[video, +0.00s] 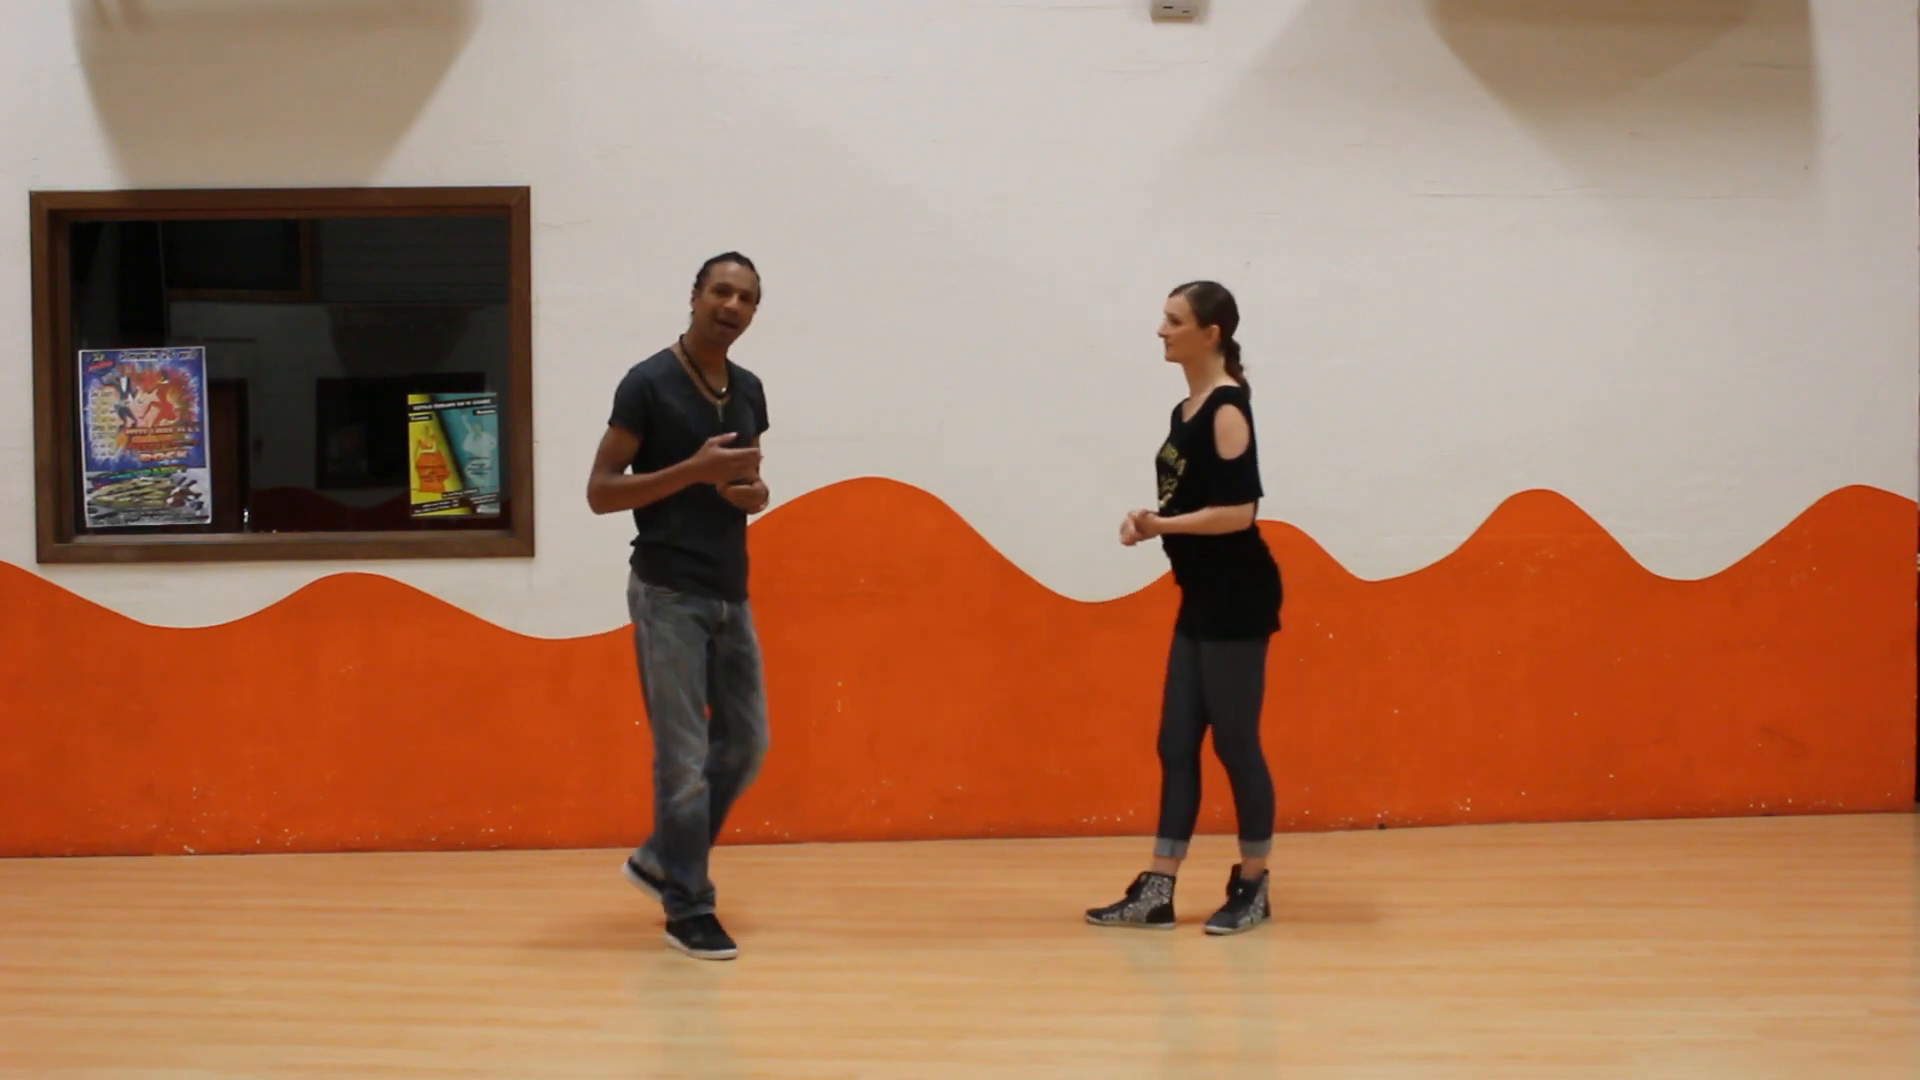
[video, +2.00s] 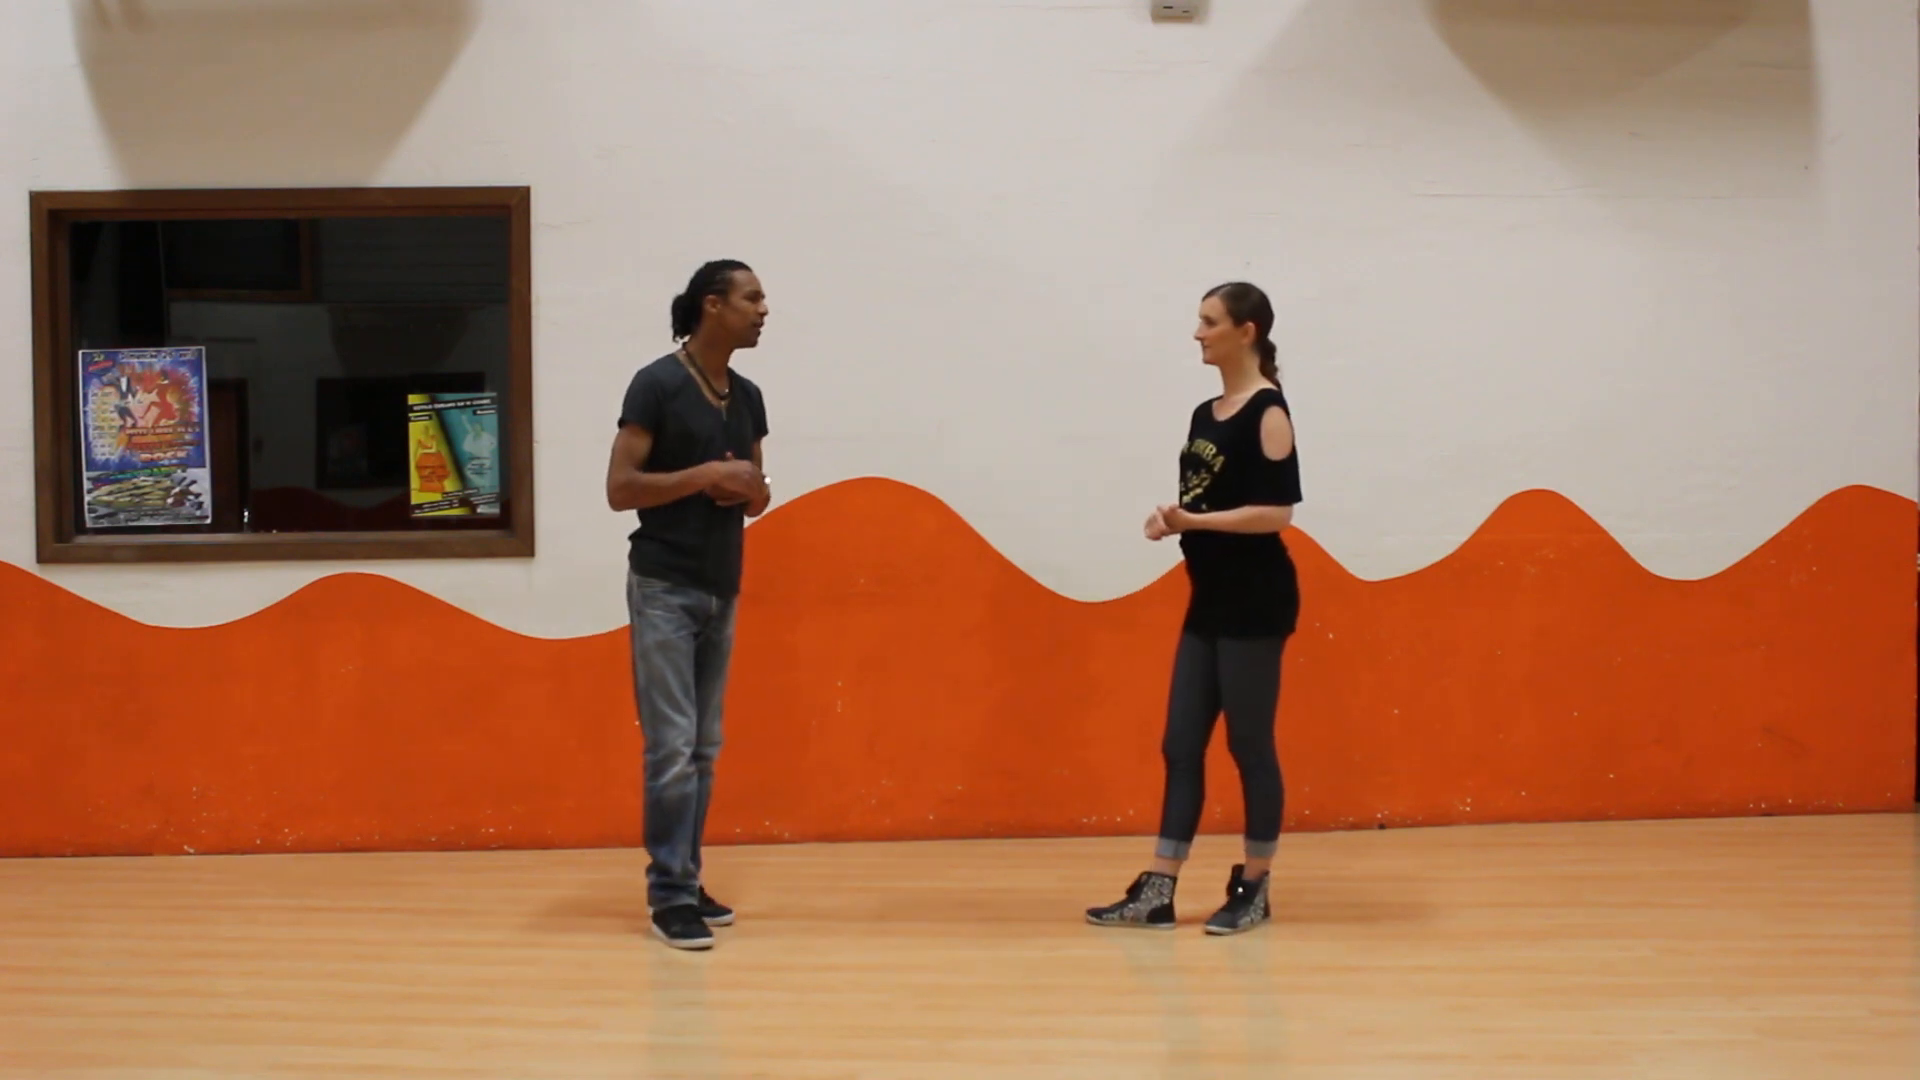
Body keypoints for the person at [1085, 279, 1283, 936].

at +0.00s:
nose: (1161, 331)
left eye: (1173, 323)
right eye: (1163, 321)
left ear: (1212, 332)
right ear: (1198, 332)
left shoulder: (1227, 408)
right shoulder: (1187, 408)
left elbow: (1241, 512)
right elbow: (1197, 502)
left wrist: (1159, 524)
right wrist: (1155, 521)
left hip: (1238, 602)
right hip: (1199, 599)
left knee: (1238, 745)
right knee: (1177, 745)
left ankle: (1252, 888)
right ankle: (1158, 888)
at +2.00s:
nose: (1197, 333)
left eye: (1210, 323)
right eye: (1200, 322)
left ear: (1249, 331)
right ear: (1234, 332)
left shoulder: (1270, 413)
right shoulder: (1206, 412)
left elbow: (1277, 513)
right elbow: (1210, 502)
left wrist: (1195, 520)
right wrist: (1174, 516)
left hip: (1256, 602)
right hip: (1209, 597)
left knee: (1252, 745)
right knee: (1181, 745)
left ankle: (1253, 889)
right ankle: (1158, 890)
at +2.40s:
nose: (1199, 334)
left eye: (1211, 324)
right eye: (1201, 323)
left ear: (1250, 331)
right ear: (1237, 332)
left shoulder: (1272, 413)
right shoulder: (1210, 412)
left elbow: (1278, 513)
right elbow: (1213, 502)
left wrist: (1194, 519)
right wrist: (1176, 515)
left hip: (1257, 604)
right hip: (1210, 599)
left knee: (1252, 745)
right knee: (1182, 745)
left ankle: (1253, 889)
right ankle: (1158, 890)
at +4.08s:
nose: (1200, 334)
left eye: (1212, 324)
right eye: (1202, 323)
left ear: (1251, 332)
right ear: (1234, 333)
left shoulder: (1273, 414)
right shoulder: (1208, 413)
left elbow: (1281, 513)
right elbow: (1211, 501)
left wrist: (1196, 520)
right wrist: (1176, 514)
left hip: (1256, 604)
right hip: (1208, 599)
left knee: (1251, 745)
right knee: (1182, 745)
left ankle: (1252, 891)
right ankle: (1158, 890)